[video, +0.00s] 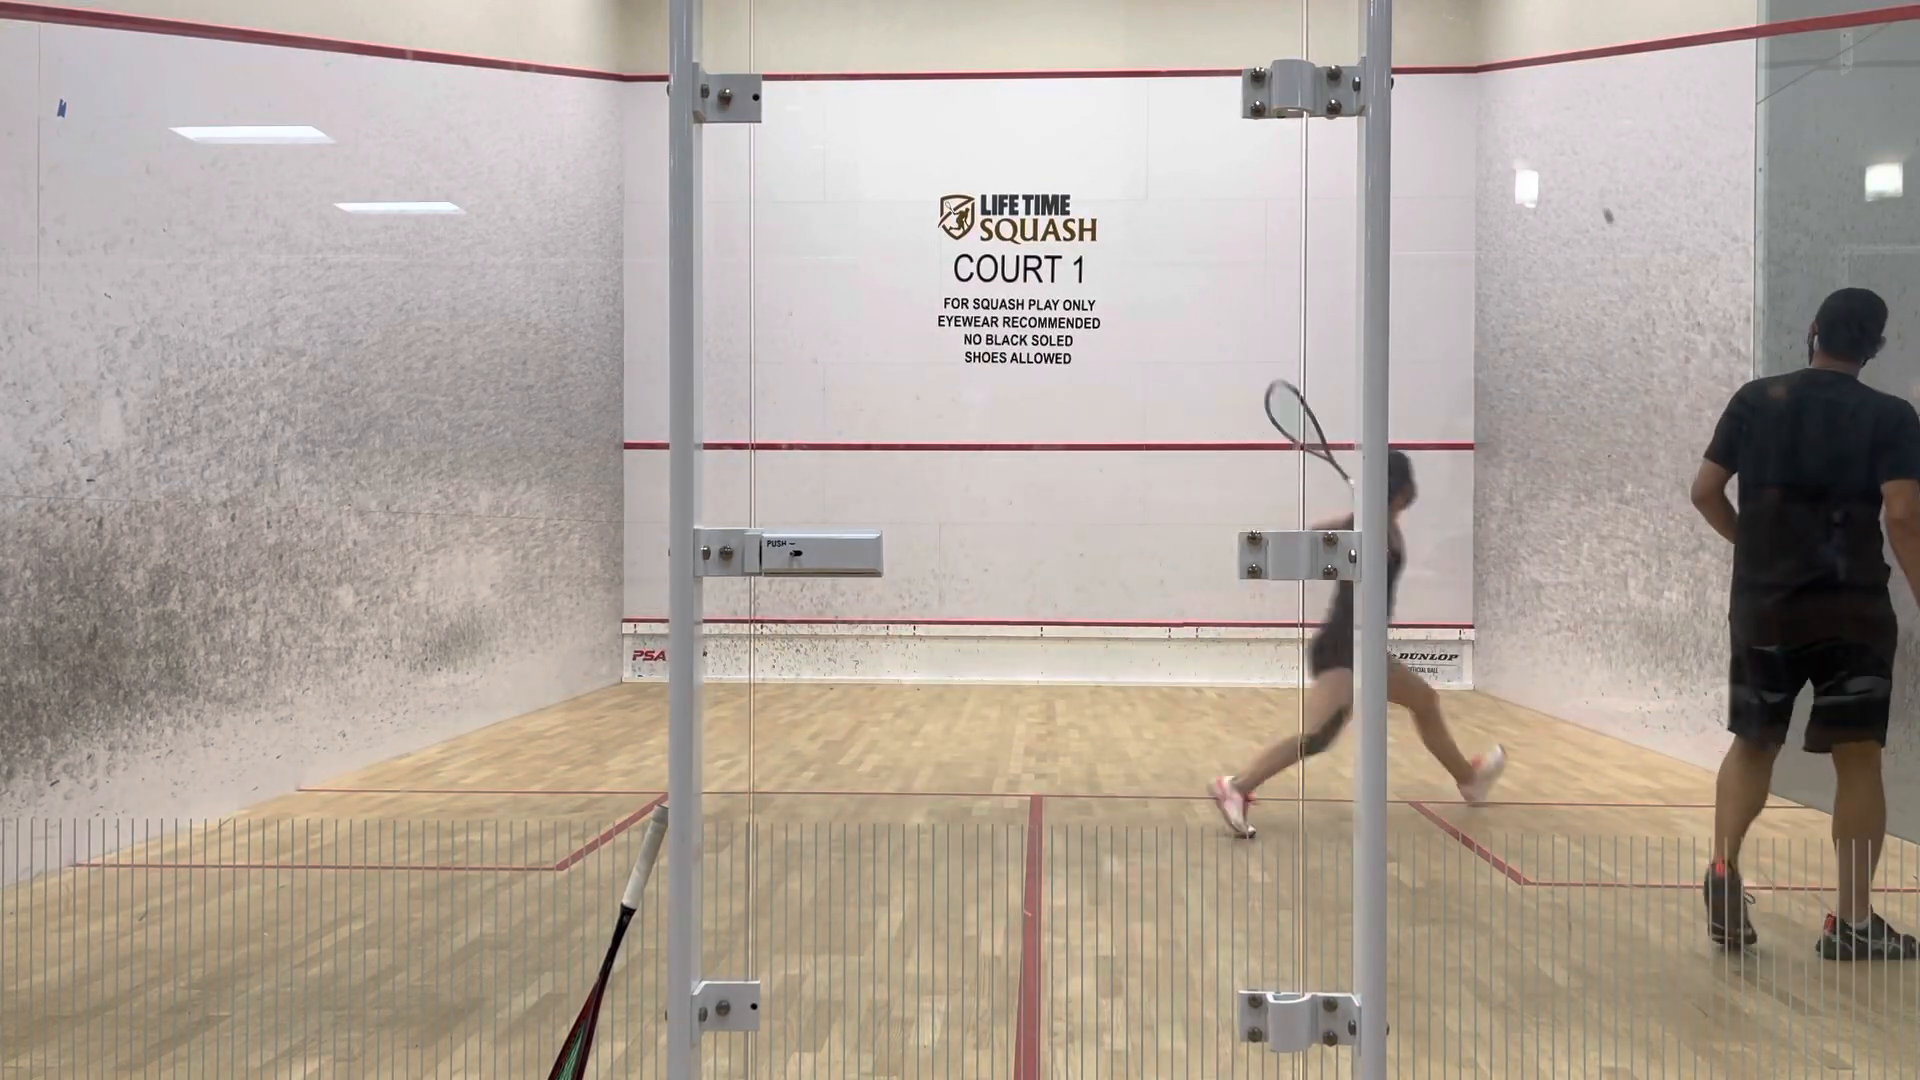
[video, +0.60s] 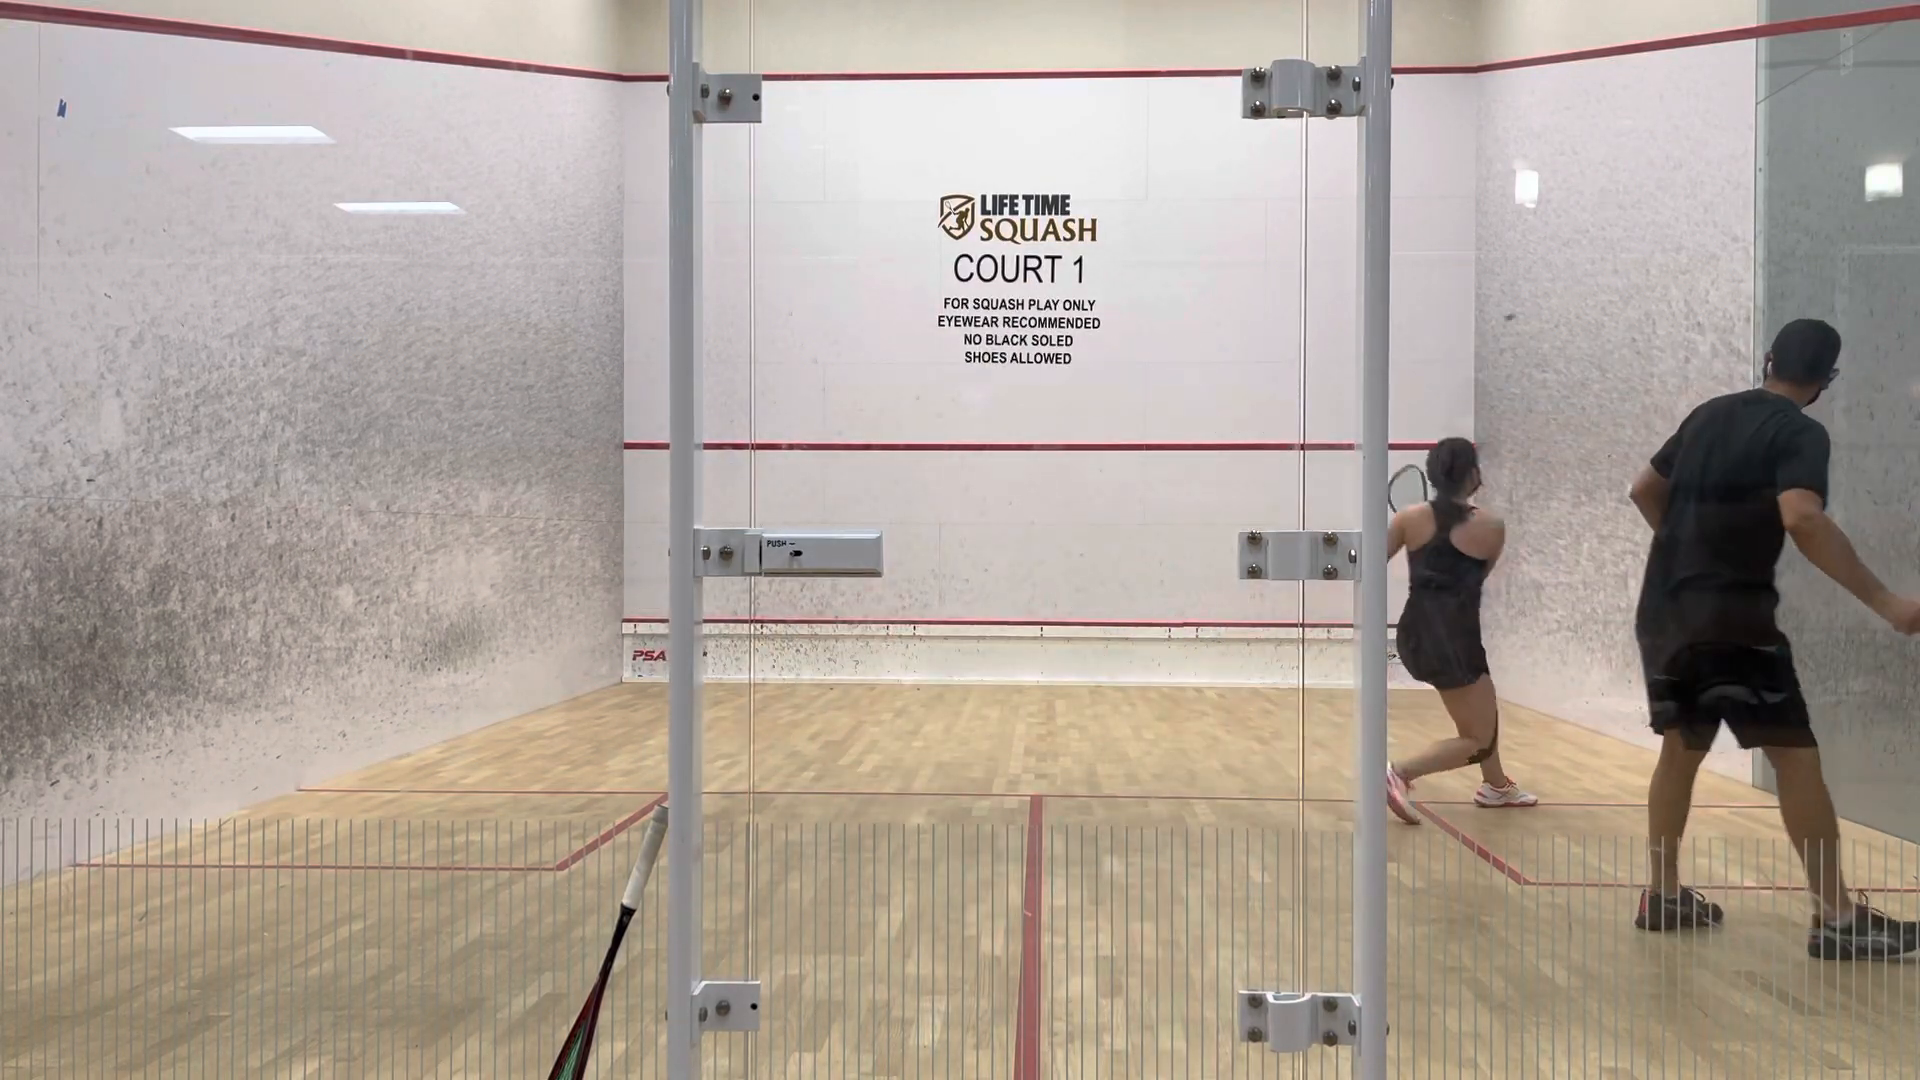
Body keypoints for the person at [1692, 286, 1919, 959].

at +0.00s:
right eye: (1874, 341)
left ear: (1815, 337)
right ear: (1875, 348)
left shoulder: (1756, 399)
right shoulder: (1892, 416)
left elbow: (1705, 492)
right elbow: (1901, 516)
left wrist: (1752, 542)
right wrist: (1917, 592)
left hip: (1764, 611)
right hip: (1854, 613)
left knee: (1752, 743)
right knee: (1859, 756)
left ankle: (1722, 865)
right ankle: (1853, 919)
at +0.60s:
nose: (1824, 384)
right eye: (1828, 376)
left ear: (1767, 364)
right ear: (1825, 380)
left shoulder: (1710, 412)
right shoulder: (1801, 431)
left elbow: (1645, 490)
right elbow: (1801, 516)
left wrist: (1690, 551)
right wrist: (1885, 600)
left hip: (1667, 617)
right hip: (1738, 619)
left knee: (1682, 744)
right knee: (1795, 755)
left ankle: (1661, 893)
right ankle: (1835, 913)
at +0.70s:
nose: (1819, 392)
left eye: (1818, 382)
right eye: (1821, 383)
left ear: (1761, 366)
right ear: (1816, 385)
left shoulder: (1702, 413)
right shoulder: (1786, 433)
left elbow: (1636, 482)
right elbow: (1785, 509)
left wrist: (1677, 548)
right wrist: (1885, 581)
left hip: (1648, 617)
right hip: (1715, 619)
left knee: (1671, 745)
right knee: (1784, 749)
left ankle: (1660, 893)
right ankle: (1769, 912)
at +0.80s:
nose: (1813, 389)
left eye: (1809, 378)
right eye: (1815, 380)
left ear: (1752, 367)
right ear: (1810, 384)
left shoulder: (1695, 412)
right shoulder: (1779, 430)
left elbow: (1627, 479)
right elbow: (1776, 509)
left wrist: (1660, 546)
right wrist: (1878, 573)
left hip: (1643, 613)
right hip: (1704, 616)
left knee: (1665, 746)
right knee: (1759, 755)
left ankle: (1658, 888)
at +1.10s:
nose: (1833, 393)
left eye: (1833, 382)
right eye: (1835, 383)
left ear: (1773, 366)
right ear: (1823, 383)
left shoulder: (1719, 418)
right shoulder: (1775, 432)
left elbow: (1649, 501)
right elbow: (1750, 521)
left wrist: (1688, 573)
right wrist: (1843, 600)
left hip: (1676, 614)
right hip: (1701, 623)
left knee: (1765, 734)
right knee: (1667, 763)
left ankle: (1708, 882)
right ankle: (1570, 898)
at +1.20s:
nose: (1872, 398)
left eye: (1876, 386)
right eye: (1873, 385)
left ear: (1819, 368)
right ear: (1849, 378)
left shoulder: (1746, 412)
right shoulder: (1797, 424)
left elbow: (1678, 492)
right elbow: (1761, 509)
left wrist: (1714, 566)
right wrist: (1844, 583)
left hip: (1700, 611)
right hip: (1718, 620)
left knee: (1787, 733)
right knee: (1676, 759)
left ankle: (1795, 897)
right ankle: (1576, 894)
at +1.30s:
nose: (1906, 414)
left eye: (1912, 403)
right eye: (1907, 399)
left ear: (1868, 376)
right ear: (1879, 378)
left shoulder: (1795, 420)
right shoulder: (1824, 429)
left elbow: (1716, 500)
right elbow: (1782, 506)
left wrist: (1783, 593)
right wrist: (1867, 568)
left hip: (1739, 621)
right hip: (1739, 626)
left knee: (1813, 752)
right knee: (1687, 766)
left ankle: (1870, 909)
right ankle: (1580, 890)